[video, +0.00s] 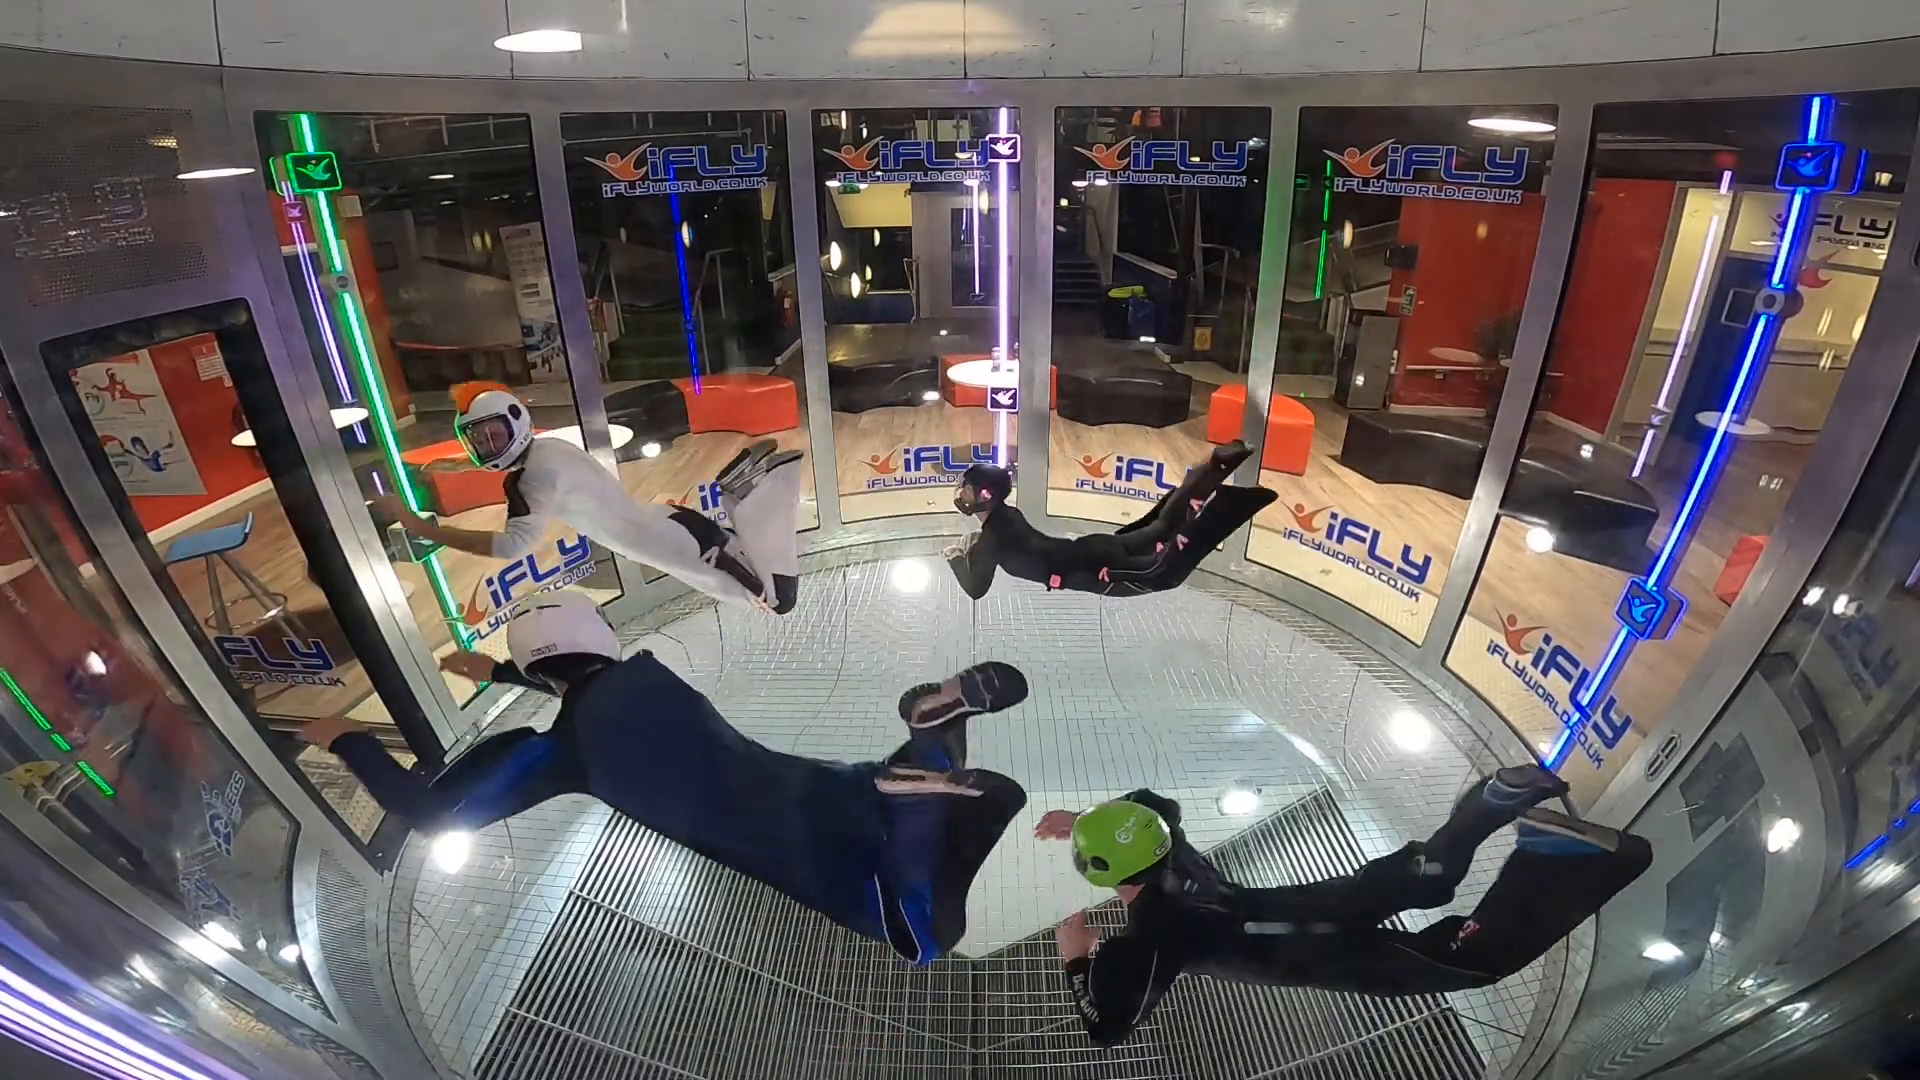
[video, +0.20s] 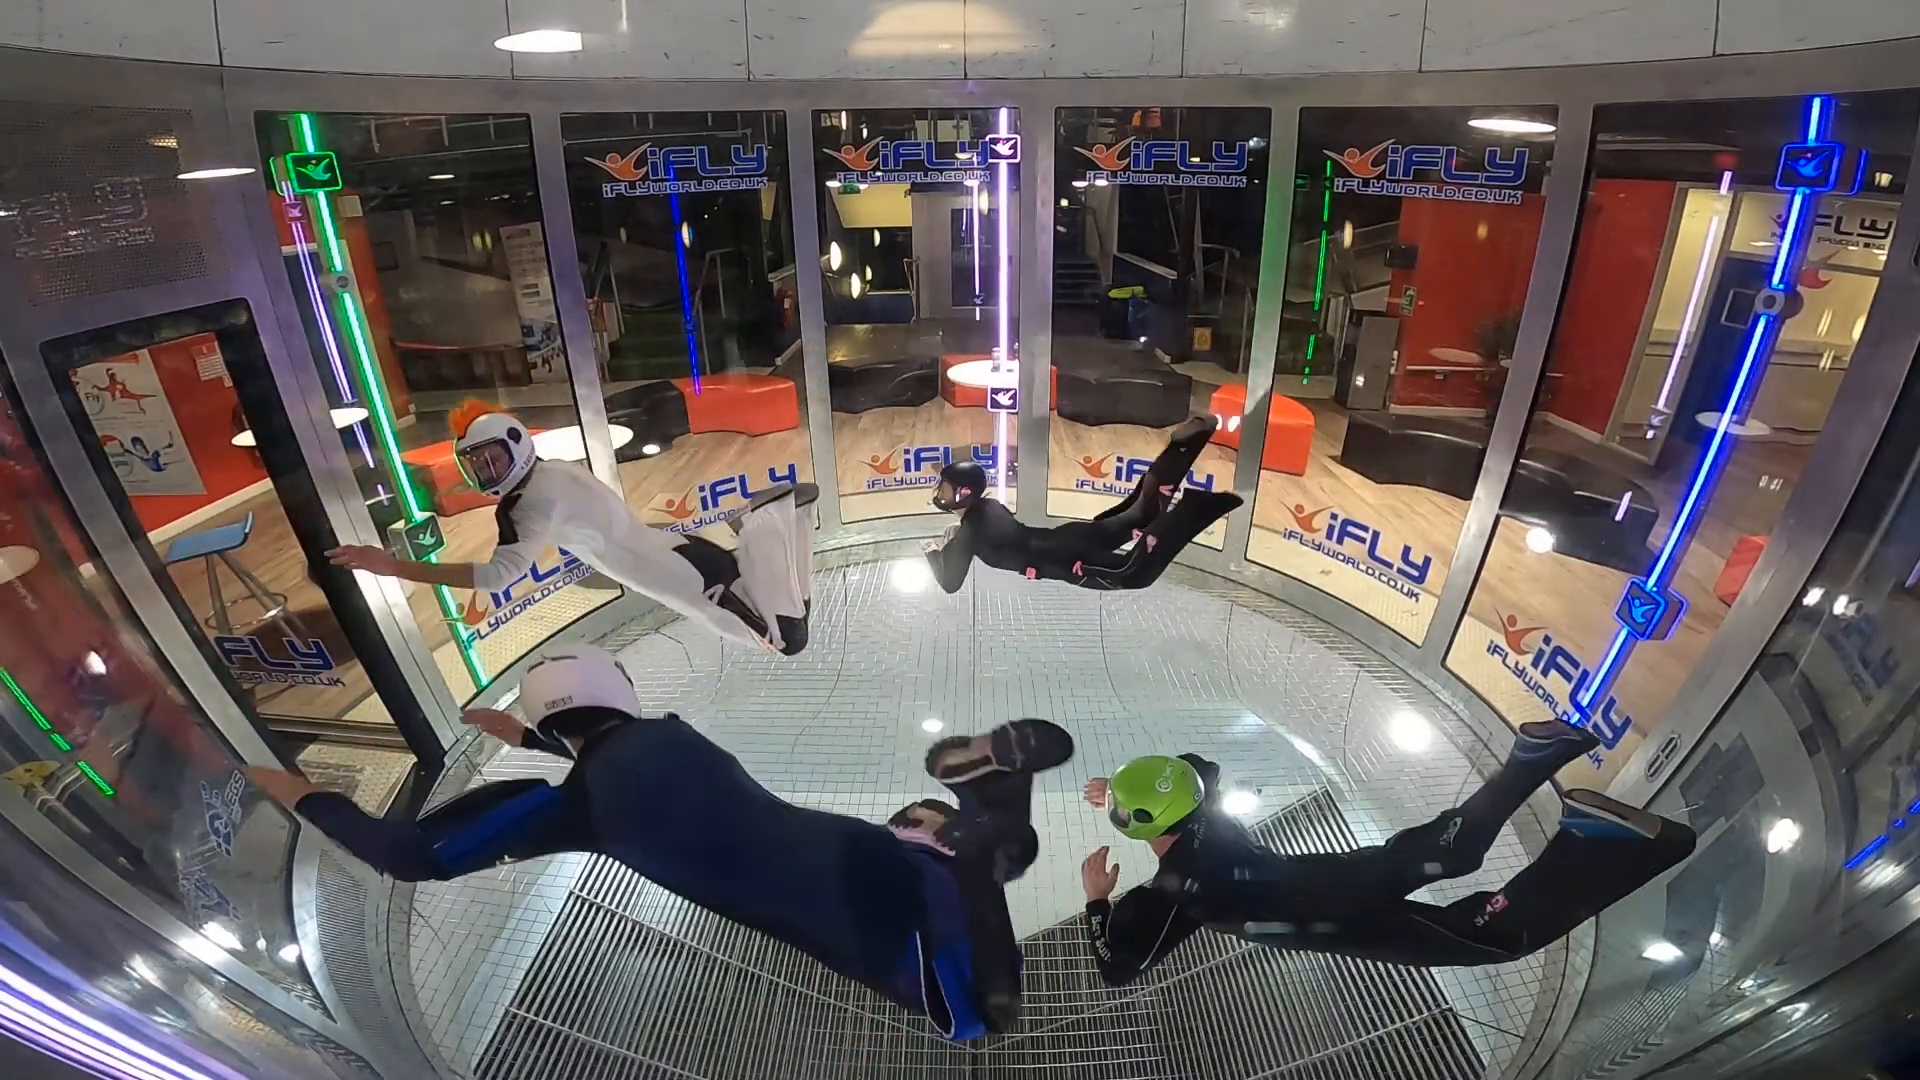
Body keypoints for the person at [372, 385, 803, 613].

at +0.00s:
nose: (486, 444)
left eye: (493, 431)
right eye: (477, 437)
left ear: (518, 425)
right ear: (473, 441)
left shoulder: (538, 472)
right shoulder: (540, 454)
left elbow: (509, 546)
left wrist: (422, 527)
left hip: (683, 541)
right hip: (668, 532)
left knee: (777, 598)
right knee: (757, 591)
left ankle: (750, 500)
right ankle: (731, 502)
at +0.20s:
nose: (486, 471)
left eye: (493, 457)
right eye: (476, 464)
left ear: (522, 449)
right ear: (472, 469)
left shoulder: (537, 504)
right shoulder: (545, 475)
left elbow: (492, 578)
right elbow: (616, 511)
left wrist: (391, 565)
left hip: (689, 574)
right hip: (682, 557)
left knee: (787, 638)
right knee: (772, 625)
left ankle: (772, 536)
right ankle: (774, 524)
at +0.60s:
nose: (600, 557)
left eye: (605, 542)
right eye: (591, 549)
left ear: (633, 531)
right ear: (602, 545)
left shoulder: (658, 578)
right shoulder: (659, 545)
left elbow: (597, 661)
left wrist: (499, 663)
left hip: (821, 636)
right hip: (815, 622)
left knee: (932, 687)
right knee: (913, 674)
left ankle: (926, 552)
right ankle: (911, 558)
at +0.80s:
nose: (699, 593)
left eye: (705, 583)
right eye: (695, 584)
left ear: (732, 579)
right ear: (730, 573)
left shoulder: (762, 623)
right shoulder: (756, 577)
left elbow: (701, 697)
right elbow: (710, 584)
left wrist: (624, 695)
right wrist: (674, 605)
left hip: (920, 661)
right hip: (913, 629)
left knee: (1026, 702)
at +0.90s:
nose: (762, 597)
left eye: (768, 584)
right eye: (759, 586)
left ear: (787, 584)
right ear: (801, 567)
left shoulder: (820, 632)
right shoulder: (824, 584)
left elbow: (769, 700)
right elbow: (783, 595)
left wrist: (704, 683)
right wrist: (743, 614)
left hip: (982, 668)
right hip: (978, 638)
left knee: (1089, 704)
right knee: (1080, 683)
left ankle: (1098, 579)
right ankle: (1078, 584)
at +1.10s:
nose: (879, 615)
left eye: (887, 606)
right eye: (875, 607)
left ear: (913, 600)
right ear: (905, 593)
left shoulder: (935, 645)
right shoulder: (935, 601)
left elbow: (887, 711)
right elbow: (890, 617)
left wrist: (827, 702)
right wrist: (862, 634)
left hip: (1088, 662)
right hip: (1073, 639)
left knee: (1215, 695)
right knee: (1168, 641)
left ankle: (1238, 590)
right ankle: (1208, 562)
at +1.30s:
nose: (972, 608)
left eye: (979, 596)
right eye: (971, 597)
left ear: (1002, 592)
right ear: (1004, 582)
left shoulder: (1035, 621)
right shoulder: (1034, 595)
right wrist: (966, 628)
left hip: (1164, 643)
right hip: (1163, 628)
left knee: (1260, 604)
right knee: (1255, 591)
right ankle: (1292, 509)